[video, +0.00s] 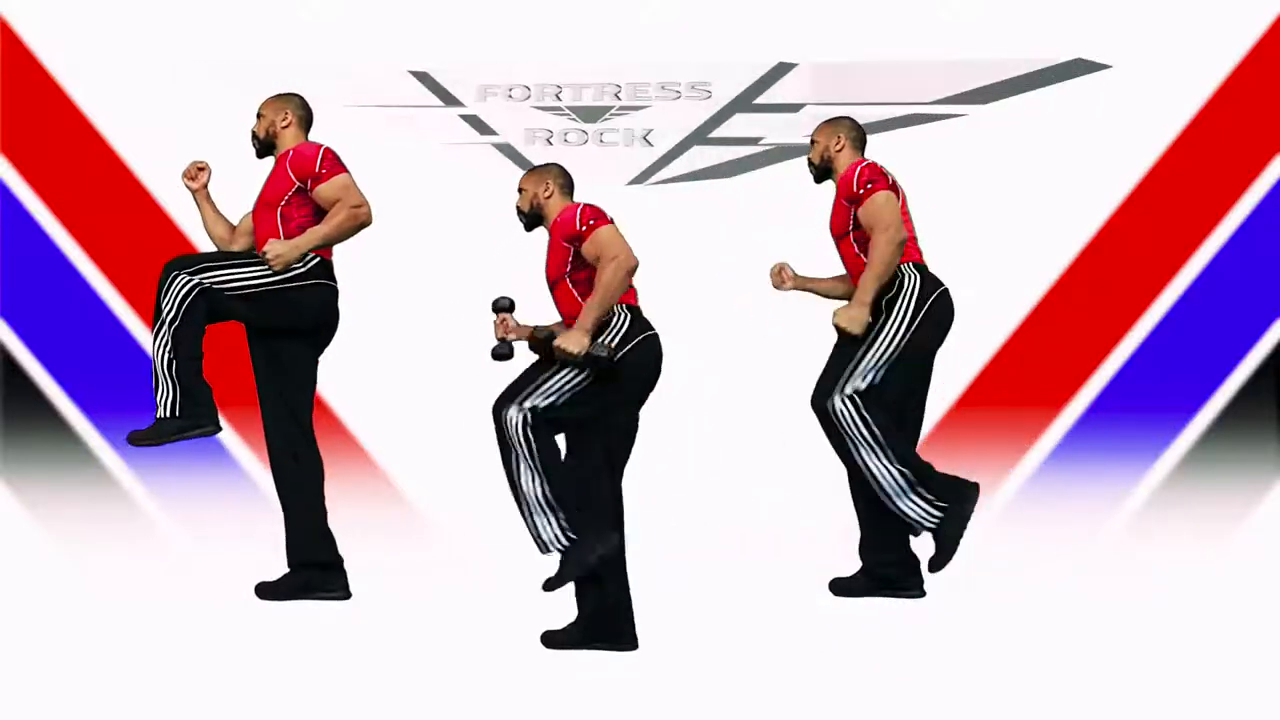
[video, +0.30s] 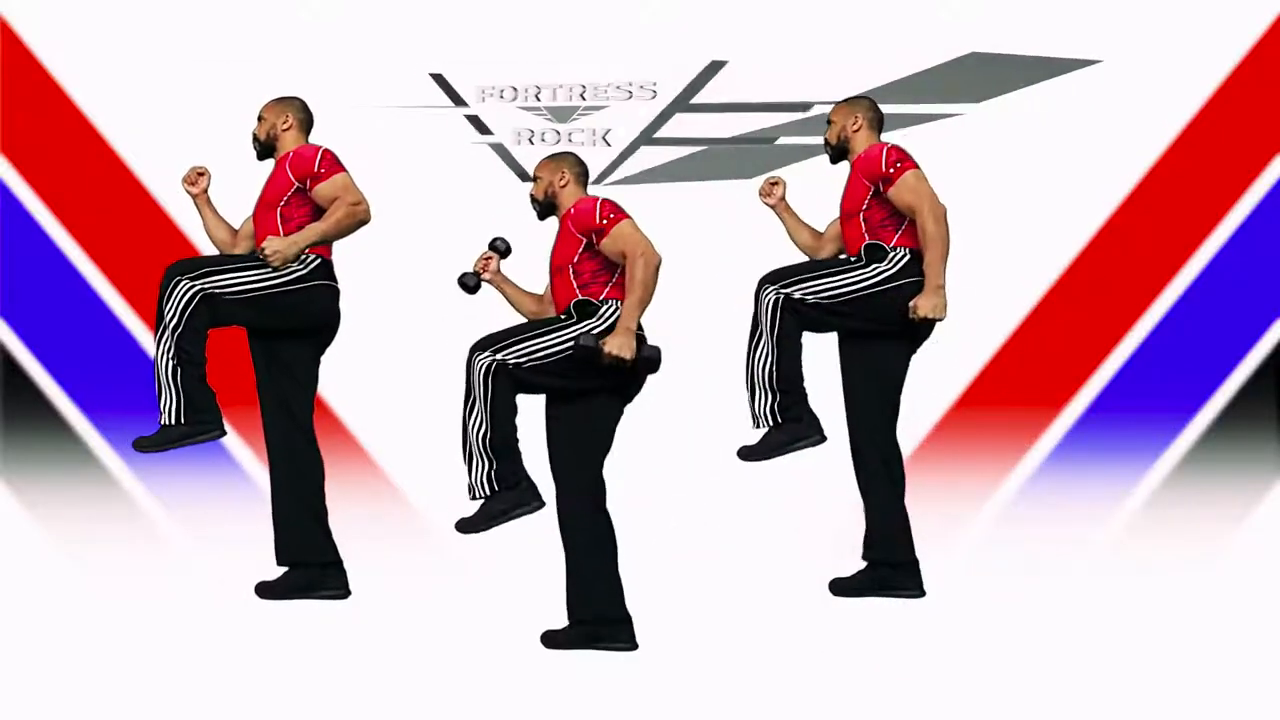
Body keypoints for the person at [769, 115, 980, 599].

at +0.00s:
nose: (809, 154)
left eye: (814, 144)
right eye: (809, 146)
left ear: (839, 143)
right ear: (841, 145)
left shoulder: (862, 173)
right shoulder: (845, 202)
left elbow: (890, 233)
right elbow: (860, 284)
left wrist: (859, 304)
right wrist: (800, 282)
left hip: (907, 294)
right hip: (894, 303)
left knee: (838, 397)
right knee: (874, 431)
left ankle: (940, 502)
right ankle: (889, 567)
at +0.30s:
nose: (825, 134)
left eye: (831, 124)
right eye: (826, 126)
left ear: (857, 123)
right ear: (857, 125)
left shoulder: (880, 156)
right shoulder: (861, 184)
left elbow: (931, 211)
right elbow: (822, 247)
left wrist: (933, 287)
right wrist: (782, 207)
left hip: (892, 273)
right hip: (888, 292)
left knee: (776, 290)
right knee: (871, 434)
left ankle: (790, 419)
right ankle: (892, 567)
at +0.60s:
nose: (828, 135)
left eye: (833, 125)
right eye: (829, 127)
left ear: (858, 124)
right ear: (860, 127)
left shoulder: (884, 156)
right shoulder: (864, 185)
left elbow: (936, 210)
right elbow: (823, 248)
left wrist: (944, 285)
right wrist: (782, 208)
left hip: (891, 275)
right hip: (890, 296)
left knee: (773, 291)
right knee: (868, 433)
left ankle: (775, 420)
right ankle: (891, 567)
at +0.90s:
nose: (814, 142)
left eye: (818, 132)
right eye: (815, 135)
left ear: (841, 129)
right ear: (851, 132)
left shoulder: (866, 162)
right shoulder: (859, 181)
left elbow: (882, 233)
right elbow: (861, 271)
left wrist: (832, 290)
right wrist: (803, 275)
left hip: (901, 284)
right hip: (907, 299)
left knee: (797, 355)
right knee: (876, 432)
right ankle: (892, 568)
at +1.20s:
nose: (785, 172)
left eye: (791, 163)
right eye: (787, 164)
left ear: (814, 162)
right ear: (830, 164)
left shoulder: (826, 198)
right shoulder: (865, 198)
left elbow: (772, 261)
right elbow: (936, 231)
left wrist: (733, 221)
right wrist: (944, 298)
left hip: (907, 304)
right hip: (895, 314)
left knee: (960, 429)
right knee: (864, 435)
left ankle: (1104, 529)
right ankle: (890, 566)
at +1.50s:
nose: (777, 192)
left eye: (784, 182)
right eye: (778, 184)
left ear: (812, 183)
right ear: (817, 186)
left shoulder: (821, 216)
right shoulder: (858, 211)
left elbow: (769, 286)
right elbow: (934, 228)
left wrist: (726, 249)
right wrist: (953, 294)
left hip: (923, 313)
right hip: (910, 323)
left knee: (1004, 433)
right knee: (866, 435)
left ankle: (1141, 537)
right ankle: (892, 566)